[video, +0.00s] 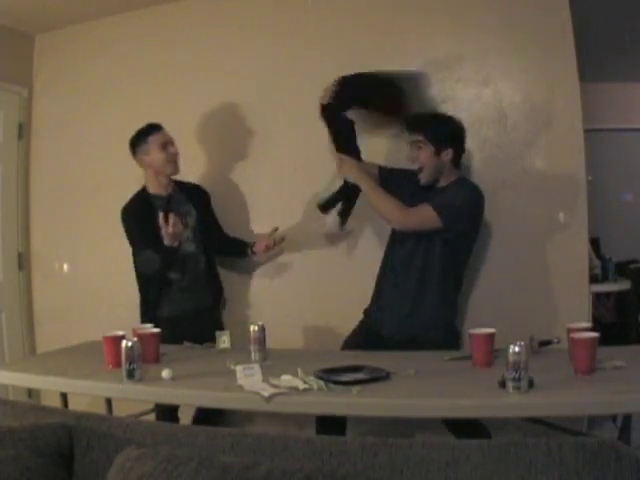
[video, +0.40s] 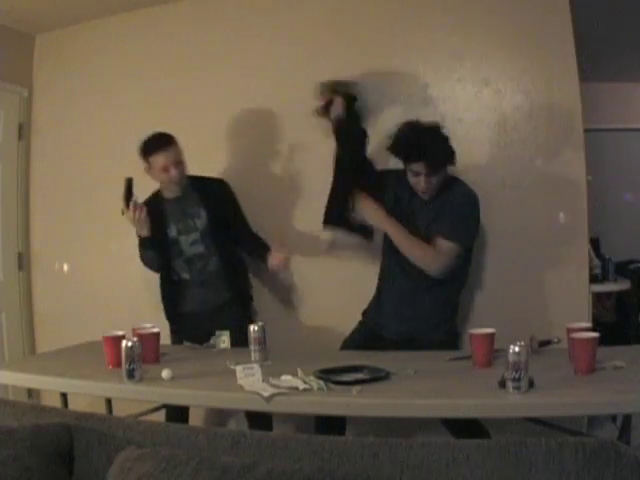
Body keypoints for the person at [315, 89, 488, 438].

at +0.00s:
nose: (413, 157)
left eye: (420, 148)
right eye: (413, 148)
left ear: (448, 154)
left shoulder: (466, 198)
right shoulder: (413, 184)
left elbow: (401, 218)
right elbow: (356, 167)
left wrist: (360, 180)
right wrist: (334, 115)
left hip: (429, 328)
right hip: (382, 320)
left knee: (456, 414)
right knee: (330, 387)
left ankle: (500, 469)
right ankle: (329, 476)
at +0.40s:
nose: (421, 183)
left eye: (429, 175)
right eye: (414, 174)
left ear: (445, 168)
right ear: (404, 167)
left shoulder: (461, 200)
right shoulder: (397, 185)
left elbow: (439, 264)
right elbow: (352, 176)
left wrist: (384, 222)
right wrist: (343, 125)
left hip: (431, 329)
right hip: (381, 321)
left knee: (455, 413)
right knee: (327, 389)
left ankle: (499, 469)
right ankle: (328, 472)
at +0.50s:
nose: (420, 180)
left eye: (428, 170)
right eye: (411, 170)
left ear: (440, 163)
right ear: (400, 163)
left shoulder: (460, 200)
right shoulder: (387, 185)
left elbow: (477, 267)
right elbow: (351, 191)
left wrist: (411, 257)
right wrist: (354, 137)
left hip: (433, 326)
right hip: (381, 321)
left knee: (454, 409)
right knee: (330, 385)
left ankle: (499, 467)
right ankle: (327, 469)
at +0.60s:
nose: (424, 179)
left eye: (432, 170)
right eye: (416, 170)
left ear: (441, 163)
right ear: (401, 163)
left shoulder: (461, 201)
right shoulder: (384, 187)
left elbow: (493, 260)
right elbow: (342, 194)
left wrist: (454, 287)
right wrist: (328, 143)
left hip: (437, 325)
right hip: (385, 318)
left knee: (455, 407)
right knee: (333, 388)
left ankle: (499, 469)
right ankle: (327, 474)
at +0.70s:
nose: (429, 181)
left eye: (437, 172)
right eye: (421, 172)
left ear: (446, 165)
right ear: (405, 164)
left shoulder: (464, 201)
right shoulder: (388, 184)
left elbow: (491, 257)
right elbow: (340, 186)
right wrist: (305, 146)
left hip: (437, 326)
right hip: (384, 321)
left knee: (458, 408)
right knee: (334, 385)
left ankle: (498, 468)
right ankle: (330, 469)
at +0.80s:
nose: (429, 173)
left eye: (436, 165)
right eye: (420, 164)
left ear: (446, 160)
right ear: (406, 159)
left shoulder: (465, 200)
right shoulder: (388, 184)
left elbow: (504, 255)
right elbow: (330, 180)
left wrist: (528, 318)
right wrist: (312, 136)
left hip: (437, 328)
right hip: (381, 322)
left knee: (460, 412)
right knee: (331, 391)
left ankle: (504, 475)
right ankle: (328, 473)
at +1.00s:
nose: (419, 170)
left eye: (428, 162)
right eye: (411, 161)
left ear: (444, 158)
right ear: (402, 157)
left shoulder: (468, 197)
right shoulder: (391, 186)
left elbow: (522, 243)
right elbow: (326, 179)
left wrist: (519, 314)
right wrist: (370, 133)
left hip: (436, 328)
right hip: (381, 322)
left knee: (458, 409)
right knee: (332, 391)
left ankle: (502, 474)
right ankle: (328, 476)